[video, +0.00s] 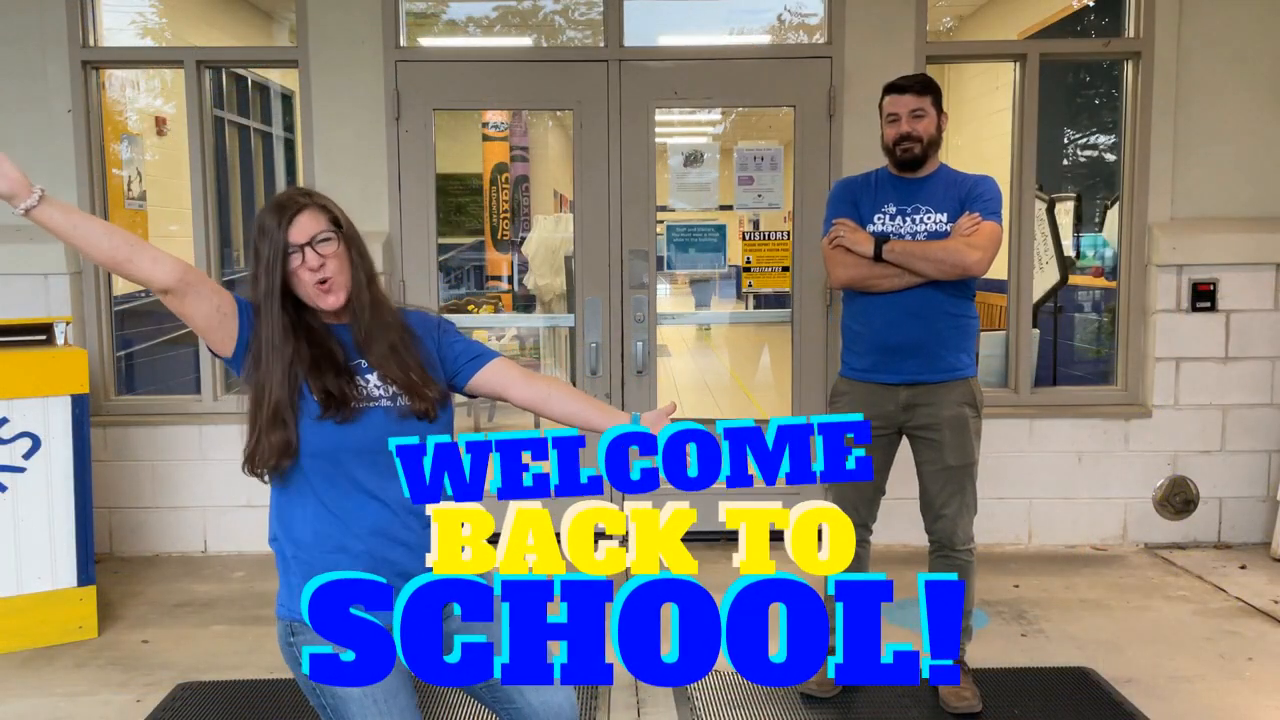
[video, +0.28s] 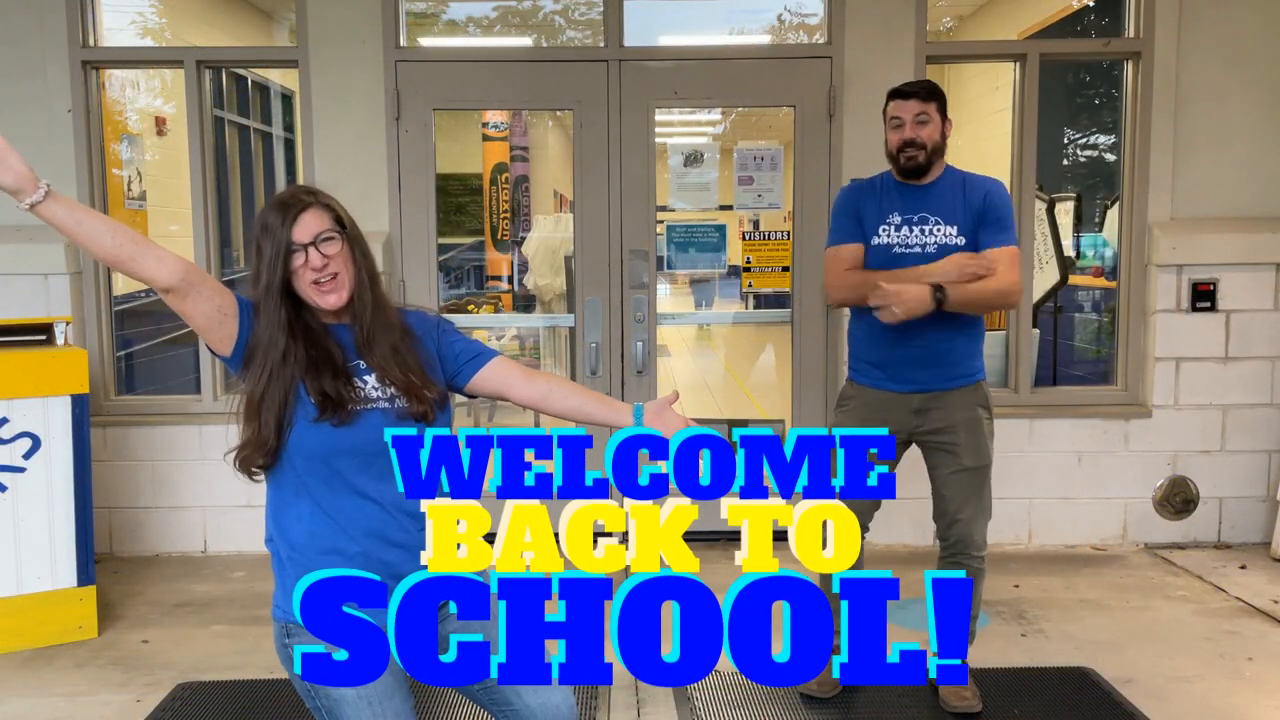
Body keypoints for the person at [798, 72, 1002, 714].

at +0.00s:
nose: (904, 127)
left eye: (917, 116)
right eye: (892, 118)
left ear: (940, 123)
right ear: (880, 127)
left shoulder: (975, 190)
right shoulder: (851, 193)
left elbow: (972, 262)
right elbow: (841, 274)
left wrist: (875, 243)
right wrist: (942, 260)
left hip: (946, 386)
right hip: (863, 385)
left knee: (951, 532)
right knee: (843, 527)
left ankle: (949, 664)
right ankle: (833, 655)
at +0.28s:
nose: (908, 133)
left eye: (921, 122)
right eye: (897, 123)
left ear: (944, 130)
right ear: (884, 133)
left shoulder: (984, 195)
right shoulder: (857, 198)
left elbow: (1009, 286)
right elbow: (835, 288)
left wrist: (931, 296)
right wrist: (942, 270)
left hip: (956, 393)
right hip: (870, 392)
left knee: (965, 537)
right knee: (837, 529)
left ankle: (953, 665)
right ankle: (826, 652)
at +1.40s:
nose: (805, 193)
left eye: (821, 182)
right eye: (797, 180)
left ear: (847, 187)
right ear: (786, 183)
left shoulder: (889, 220)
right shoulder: (774, 258)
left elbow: (983, 174)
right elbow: (707, 297)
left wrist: (1068, 118)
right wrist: (636, 310)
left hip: (919, 426)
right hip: (833, 430)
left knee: (964, 561)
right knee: (800, 550)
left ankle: (953, 667)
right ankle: (807, 662)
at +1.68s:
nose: (807, 186)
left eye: (822, 175)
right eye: (798, 174)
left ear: (848, 179)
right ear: (786, 180)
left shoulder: (893, 213)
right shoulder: (777, 256)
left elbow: (984, 164)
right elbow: (707, 304)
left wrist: (1067, 102)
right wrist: (634, 322)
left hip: (920, 424)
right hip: (833, 427)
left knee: (964, 558)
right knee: (796, 550)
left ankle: (956, 667)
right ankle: (807, 663)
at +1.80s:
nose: (810, 181)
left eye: (825, 171)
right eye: (801, 170)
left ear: (850, 178)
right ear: (789, 177)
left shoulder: (893, 209)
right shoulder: (776, 251)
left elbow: (984, 159)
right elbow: (707, 297)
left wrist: (1068, 99)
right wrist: (635, 321)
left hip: (921, 421)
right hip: (833, 424)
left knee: (964, 556)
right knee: (796, 546)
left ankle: (955, 667)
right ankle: (806, 662)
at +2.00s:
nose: (816, 175)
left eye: (831, 166)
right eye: (808, 163)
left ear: (854, 172)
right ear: (795, 170)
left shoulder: (893, 203)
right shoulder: (778, 242)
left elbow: (984, 150)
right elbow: (709, 288)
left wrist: (1066, 89)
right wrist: (635, 313)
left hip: (918, 415)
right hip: (831, 417)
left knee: (960, 551)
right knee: (799, 543)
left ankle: (954, 667)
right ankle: (809, 661)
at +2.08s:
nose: (818, 173)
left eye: (833, 164)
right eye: (810, 162)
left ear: (855, 172)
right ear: (797, 168)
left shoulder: (895, 203)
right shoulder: (778, 240)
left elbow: (986, 149)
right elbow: (709, 287)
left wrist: (1067, 88)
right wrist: (635, 310)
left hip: (916, 416)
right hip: (829, 418)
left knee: (957, 550)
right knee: (802, 545)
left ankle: (953, 666)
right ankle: (809, 662)